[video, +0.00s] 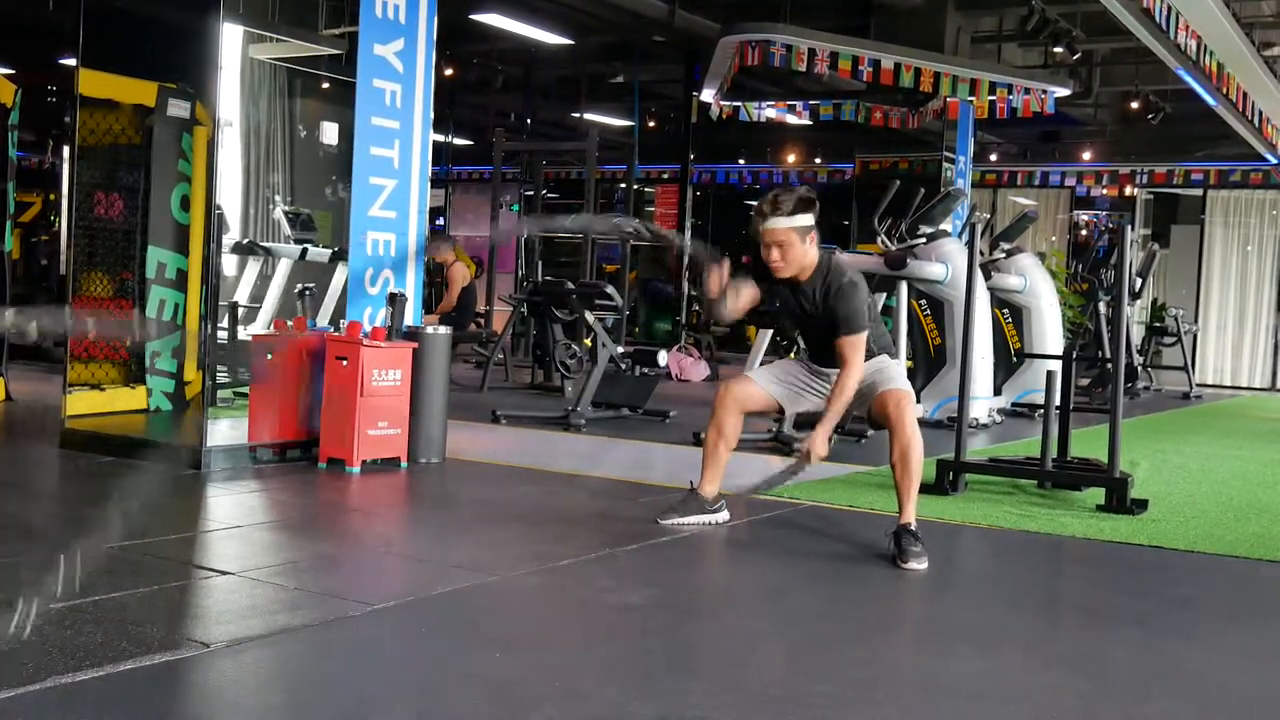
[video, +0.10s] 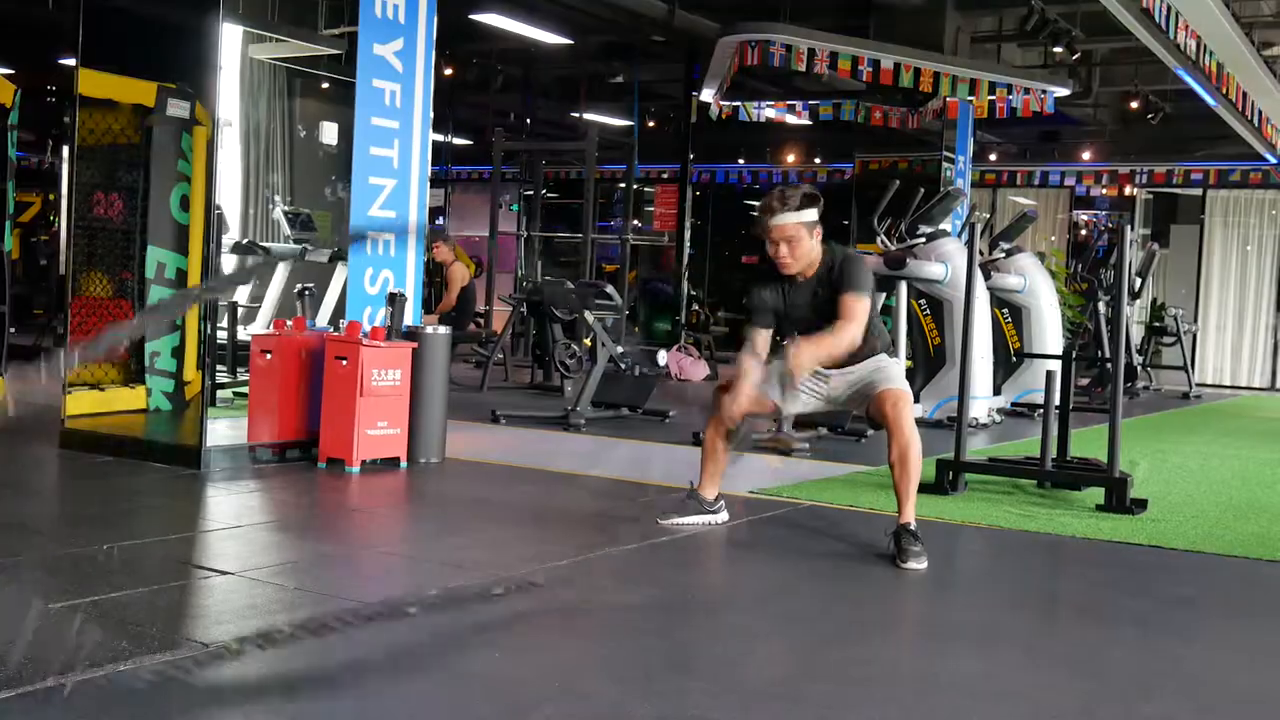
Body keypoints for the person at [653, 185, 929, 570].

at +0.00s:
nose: (770, 256)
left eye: (780, 246)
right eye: (765, 246)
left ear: (811, 241)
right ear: (760, 244)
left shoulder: (845, 285)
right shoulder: (769, 275)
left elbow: (852, 368)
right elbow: (730, 309)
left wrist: (824, 430)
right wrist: (717, 296)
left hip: (872, 368)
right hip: (813, 369)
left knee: (902, 407)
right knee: (731, 392)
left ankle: (908, 527)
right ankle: (706, 497)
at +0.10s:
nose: (779, 252)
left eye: (789, 242)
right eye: (772, 242)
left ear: (816, 235)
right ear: (765, 240)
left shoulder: (851, 266)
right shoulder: (767, 285)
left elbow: (849, 335)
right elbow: (754, 351)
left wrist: (809, 351)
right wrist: (741, 395)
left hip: (867, 370)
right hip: (802, 374)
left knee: (899, 406)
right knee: (728, 400)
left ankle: (907, 527)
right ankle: (707, 500)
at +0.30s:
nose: (792, 238)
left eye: (801, 228)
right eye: (786, 228)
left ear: (830, 220)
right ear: (779, 226)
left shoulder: (862, 244)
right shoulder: (782, 257)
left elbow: (850, 301)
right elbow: (745, 298)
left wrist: (793, 280)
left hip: (869, 364)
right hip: (807, 364)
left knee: (899, 406)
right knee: (729, 394)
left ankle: (907, 526)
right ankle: (706, 498)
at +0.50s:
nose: (770, 242)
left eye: (780, 232)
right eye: (765, 233)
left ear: (810, 228)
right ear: (760, 232)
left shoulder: (846, 269)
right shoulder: (768, 263)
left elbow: (855, 350)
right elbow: (729, 298)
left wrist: (821, 407)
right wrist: (715, 278)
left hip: (869, 358)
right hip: (808, 358)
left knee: (893, 409)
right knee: (730, 395)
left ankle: (904, 525)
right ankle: (706, 498)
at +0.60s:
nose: (787, 244)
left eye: (797, 234)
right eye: (779, 234)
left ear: (824, 226)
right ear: (771, 231)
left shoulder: (856, 255)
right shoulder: (771, 272)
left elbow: (856, 316)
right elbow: (756, 336)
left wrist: (810, 336)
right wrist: (739, 377)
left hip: (868, 361)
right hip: (802, 363)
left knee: (893, 407)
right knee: (732, 395)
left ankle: (904, 525)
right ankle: (703, 497)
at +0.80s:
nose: (827, 238)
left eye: (837, 229)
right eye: (821, 229)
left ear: (865, 223)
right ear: (812, 225)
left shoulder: (890, 254)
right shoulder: (804, 254)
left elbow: (881, 318)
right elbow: (768, 301)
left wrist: (829, 314)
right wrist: (748, 345)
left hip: (876, 365)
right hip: (811, 365)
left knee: (905, 407)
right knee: (735, 394)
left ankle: (906, 526)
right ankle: (705, 496)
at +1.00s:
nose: (780, 245)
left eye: (789, 235)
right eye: (773, 235)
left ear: (818, 229)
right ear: (765, 233)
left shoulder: (849, 267)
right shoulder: (768, 258)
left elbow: (864, 342)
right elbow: (731, 309)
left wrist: (836, 400)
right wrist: (718, 288)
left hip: (855, 363)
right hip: (799, 361)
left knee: (890, 408)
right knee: (718, 396)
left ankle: (905, 526)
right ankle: (696, 498)